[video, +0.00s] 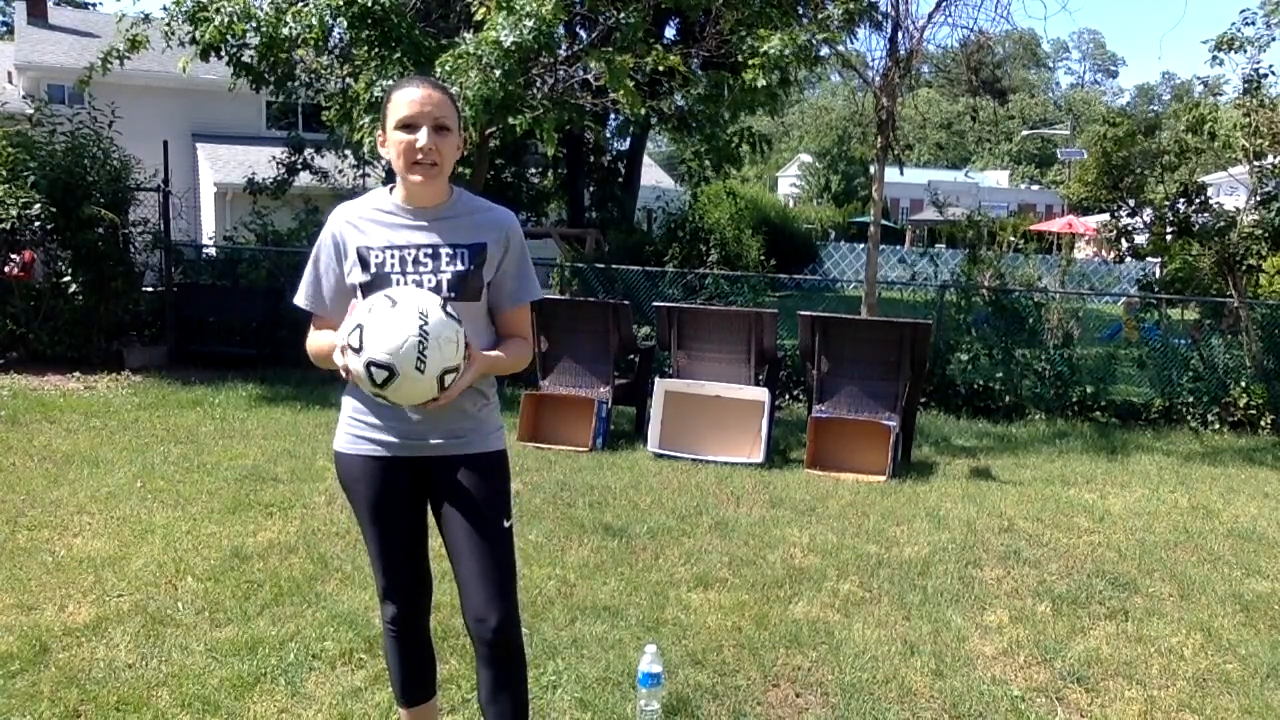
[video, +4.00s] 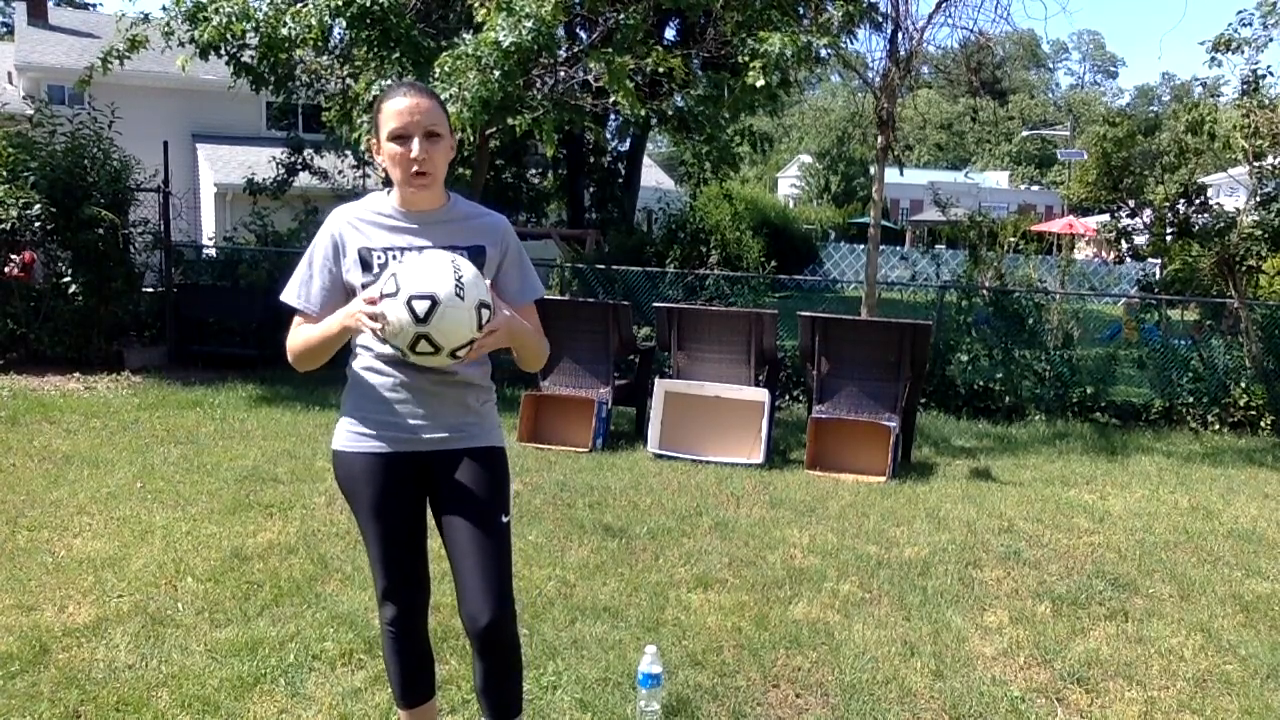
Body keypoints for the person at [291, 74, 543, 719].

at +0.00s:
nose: (424, 140)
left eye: (440, 128)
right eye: (408, 127)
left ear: (460, 143)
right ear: (384, 143)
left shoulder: (496, 227)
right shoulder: (348, 224)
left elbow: (521, 345)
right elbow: (317, 340)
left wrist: (486, 360)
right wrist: (339, 347)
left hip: (469, 445)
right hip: (373, 445)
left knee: (495, 621)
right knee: (401, 608)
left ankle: (508, 719)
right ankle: (420, 715)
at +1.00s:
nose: (441, 143)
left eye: (456, 128)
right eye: (424, 130)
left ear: (477, 142)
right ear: (401, 144)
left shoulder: (510, 231)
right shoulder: (363, 221)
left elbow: (497, 365)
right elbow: (342, 352)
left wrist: (402, 324)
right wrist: (290, 307)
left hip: (474, 442)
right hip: (380, 440)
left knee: (511, 624)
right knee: (405, 610)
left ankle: (511, 718)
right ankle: (420, 714)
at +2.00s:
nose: (399, 140)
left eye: (417, 128)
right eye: (385, 126)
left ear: (439, 144)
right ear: (361, 141)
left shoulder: (482, 226)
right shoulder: (335, 228)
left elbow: (524, 337)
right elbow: (308, 357)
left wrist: (511, 368)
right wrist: (370, 338)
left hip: (468, 441)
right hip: (373, 444)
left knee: (493, 622)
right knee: (400, 610)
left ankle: (505, 719)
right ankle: (419, 714)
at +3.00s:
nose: (401, 144)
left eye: (416, 130)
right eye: (384, 130)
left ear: (438, 142)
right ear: (361, 145)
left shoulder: (482, 223)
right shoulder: (335, 229)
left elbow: (528, 340)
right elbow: (299, 356)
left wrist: (506, 344)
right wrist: (356, 333)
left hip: (472, 439)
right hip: (377, 440)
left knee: (497, 618)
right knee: (402, 610)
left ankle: (506, 718)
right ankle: (419, 715)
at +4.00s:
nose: (417, 150)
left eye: (431, 136)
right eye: (401, 137)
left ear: (452, 146)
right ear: (377, 151)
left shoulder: (490, 230)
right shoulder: (346, 227)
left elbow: (538, 357)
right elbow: (299, 353)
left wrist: (515, 328)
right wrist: (346, 318)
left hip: (469, 437)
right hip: (375, 438)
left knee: (491, 619)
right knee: (400, 608)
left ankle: (503, 718)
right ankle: (420, 716)